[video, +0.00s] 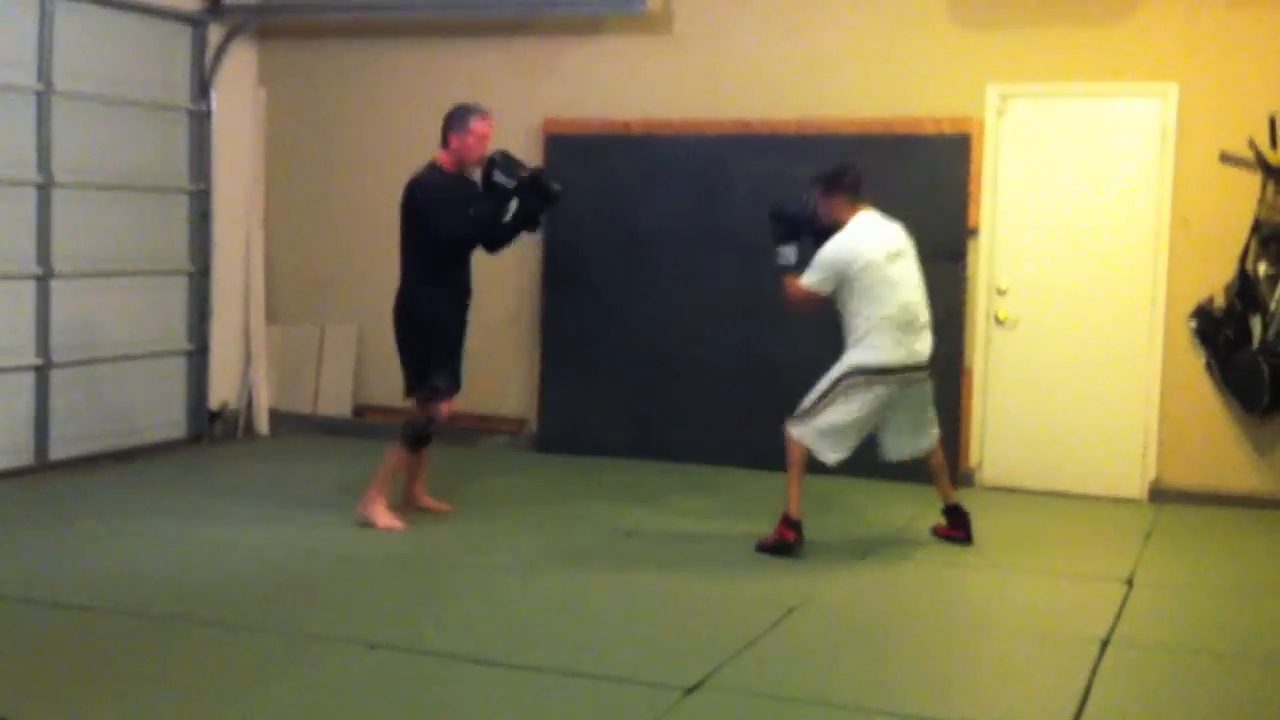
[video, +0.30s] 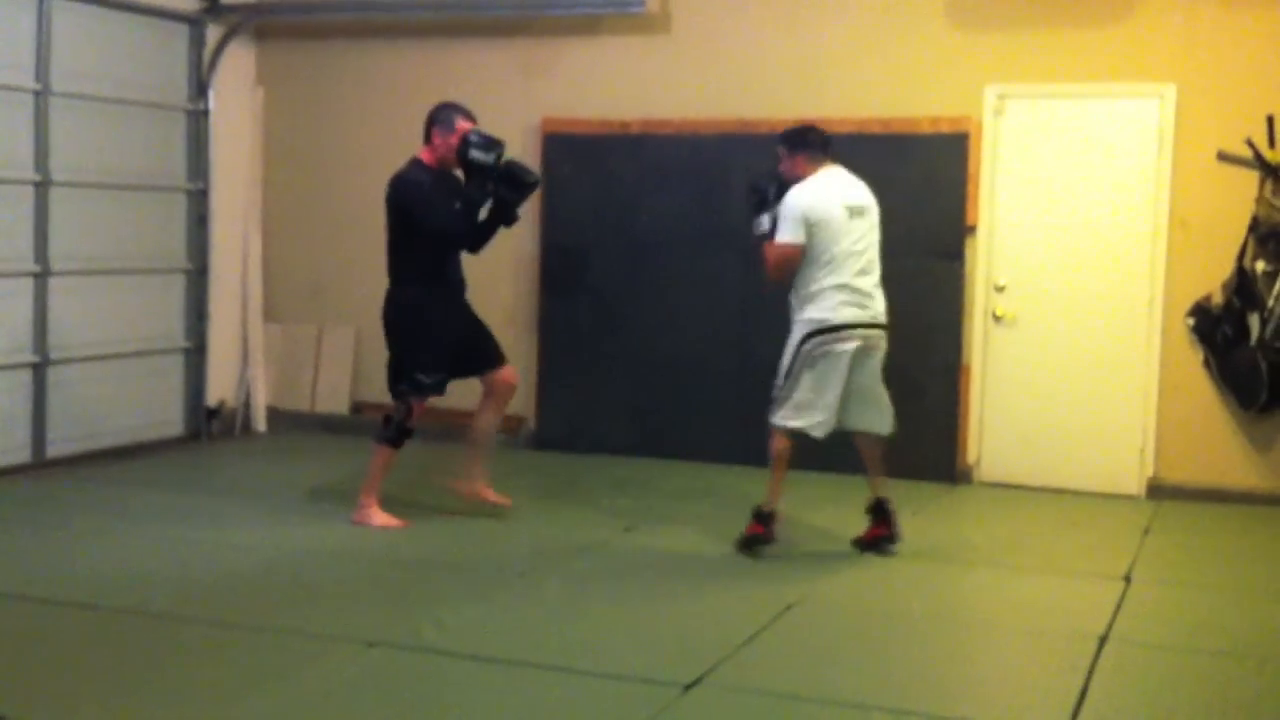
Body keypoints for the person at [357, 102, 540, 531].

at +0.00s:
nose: (486, 149)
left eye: (488, 140)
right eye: (482, 139)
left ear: (465, 139)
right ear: (456, 138)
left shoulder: (463, 185)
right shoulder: (430, 187)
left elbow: (491, 239)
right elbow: (470, 233)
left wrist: (528, 209)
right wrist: (497, 193)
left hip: (446, 308)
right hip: (423, 308)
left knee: (436, 403)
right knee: (431, 404)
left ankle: (415, 491)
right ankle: (376, 498)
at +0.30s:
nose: (468, 148)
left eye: (471, 139)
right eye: (463, 138)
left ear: (449, 139)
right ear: (437, 134)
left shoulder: (449, 183)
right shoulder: (409, 183)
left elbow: (472, 241)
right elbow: (454, 233)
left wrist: (504, 208)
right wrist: (477, 186)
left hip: (448, 307)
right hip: (413, 309)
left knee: (502, 382)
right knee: (408, 405)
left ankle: (472, 479)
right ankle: (368, 502)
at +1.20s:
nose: (511, 156)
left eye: (520, 149)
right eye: (506, 147)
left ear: (534, 150)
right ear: (496, 145)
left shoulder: (544, 190)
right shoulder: (473, 190)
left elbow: (575, 237)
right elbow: (483, 235)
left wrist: (561, 181)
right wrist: (515, 177)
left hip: (531, 318)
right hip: (482, 317)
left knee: (553, 417)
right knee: (470, 419)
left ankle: (585, 520)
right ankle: (449, 508)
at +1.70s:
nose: (525, 143)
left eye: (533, 135)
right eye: (517, 135)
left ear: (547, 137)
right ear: (502, 136)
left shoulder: (576, 184)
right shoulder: (490, 187)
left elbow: (579, 242)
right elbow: (511, 232)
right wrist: (524, 164)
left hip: (568, 314)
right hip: (515, 314)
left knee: (585, 413)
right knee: (486, 413)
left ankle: (602, 528)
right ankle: (464, 500)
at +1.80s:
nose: (513, 141)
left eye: (518, 133)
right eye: (508, 133)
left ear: (507, 134)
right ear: (515, 134)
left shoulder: (566, 181)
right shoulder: (484, 191)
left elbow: (613, 227)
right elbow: (507, 243)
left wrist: (600, 268)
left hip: (565, 312)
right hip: (511, 314)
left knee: (582, 414)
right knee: (475, 413)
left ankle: (604, 530)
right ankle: (446, 505)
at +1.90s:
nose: (510, 142)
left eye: (517, 133)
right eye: (501, 133)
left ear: (531, 133)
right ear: (486, 135)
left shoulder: (560, 185)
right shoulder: (478, 191)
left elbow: (614, 211)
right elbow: (480, 234)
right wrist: (501, 172)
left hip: (553, 316)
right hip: (498, 317)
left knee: (575, 408)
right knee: (469, 413)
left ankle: (598, 520)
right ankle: (444, 507)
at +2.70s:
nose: (526, 142)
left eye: (534, 133)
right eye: (518, 132)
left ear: (548, 133)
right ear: (500, 130)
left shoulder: (563, 179)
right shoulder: (480, 175)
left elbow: (576, 244)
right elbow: (462, 243)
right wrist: (480, 185)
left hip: (543, 309)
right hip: (491, 308)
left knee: (544, 410)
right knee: (483, 409)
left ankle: (572, 515)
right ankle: (491, 506)